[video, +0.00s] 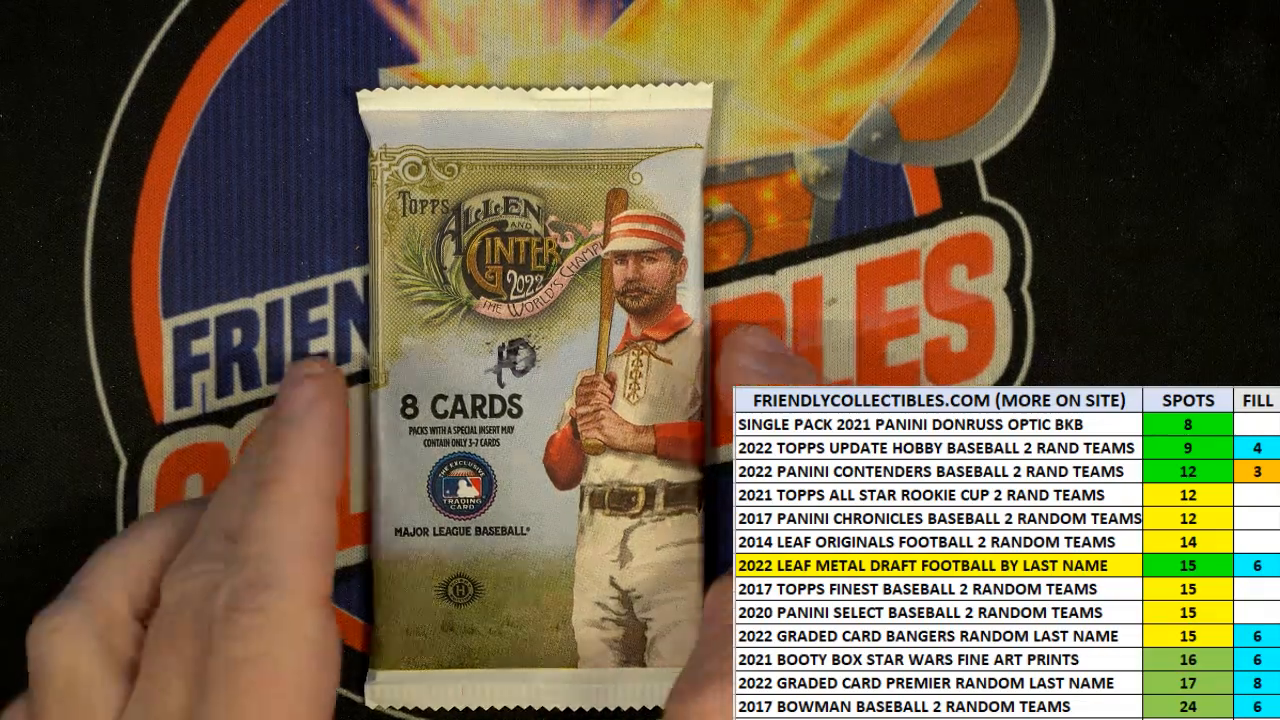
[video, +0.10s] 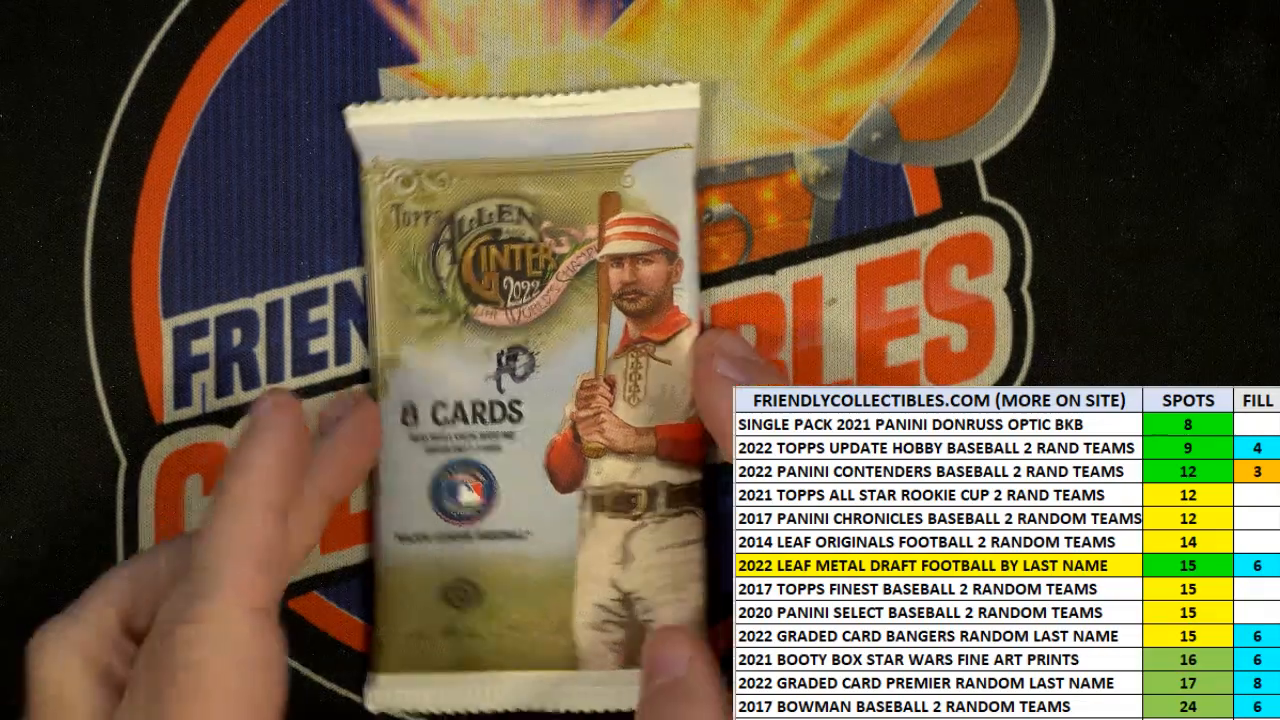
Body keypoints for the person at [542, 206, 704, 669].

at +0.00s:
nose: (631, 273)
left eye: (647, 259)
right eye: (620, 260)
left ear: (678, 270)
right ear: (609, 272)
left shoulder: (708, 346)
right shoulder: (602, 366)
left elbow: (727, 437)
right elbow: (561, 475)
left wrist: (632, 436)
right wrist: (577, 420)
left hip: (672, 528)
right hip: (597, 531)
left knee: (677, 683)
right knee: (601, 686)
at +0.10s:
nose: (627, 276)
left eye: (643, 261)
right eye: (615, 263)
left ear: (675, 271)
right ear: (605, 275)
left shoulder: (704, 350)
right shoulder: (604, 368)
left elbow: (724, 437)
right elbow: (561, 478)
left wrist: (635, 439)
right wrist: (579, 426)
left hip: (672, 532)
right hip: (599, 535)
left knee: (676, 676)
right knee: (599, 685)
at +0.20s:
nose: (615, 278)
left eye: (628, 260)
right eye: (601, 266)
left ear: (661, 264)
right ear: (592, 280)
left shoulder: (703, 341)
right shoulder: (607, 374)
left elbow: (734, 427)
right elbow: (582, 489)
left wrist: (651, 437)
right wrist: (589, 435)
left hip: (701, 521)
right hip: (629, 532)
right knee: (646, 681)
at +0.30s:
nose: (609, 282)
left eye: (623, 266)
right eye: (596, 270)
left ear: (654, 274)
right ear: (585, 284)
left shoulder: (689, 352)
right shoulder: (591, 381)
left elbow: (713, 440)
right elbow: (559, 490)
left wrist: (622, 444)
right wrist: (568, 435)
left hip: (675, 535)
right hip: (602, 543)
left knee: (696, 685)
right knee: (623, 693)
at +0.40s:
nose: (620, 262)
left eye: (634, 245)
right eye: (608, 251)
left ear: (667, 251)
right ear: (598, 264)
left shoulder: (709, 334)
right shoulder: (608, 365)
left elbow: (738, 415)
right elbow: (579, 476)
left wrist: (652, 428)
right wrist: (587, 420)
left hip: (698, 513)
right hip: (625, 522)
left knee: (718, 673)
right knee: (647, 679)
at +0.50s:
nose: (614, 257)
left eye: (628, 239)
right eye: (601, 245)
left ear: (662, 245)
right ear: (592, 259)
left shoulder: (707, 327)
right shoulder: (604, 360)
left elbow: (740, 413)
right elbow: (577, 477)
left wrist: (647, 426)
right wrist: (585, 420)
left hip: (702, 518)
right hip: (626, 529)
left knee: (719, 675)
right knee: (656, 685)